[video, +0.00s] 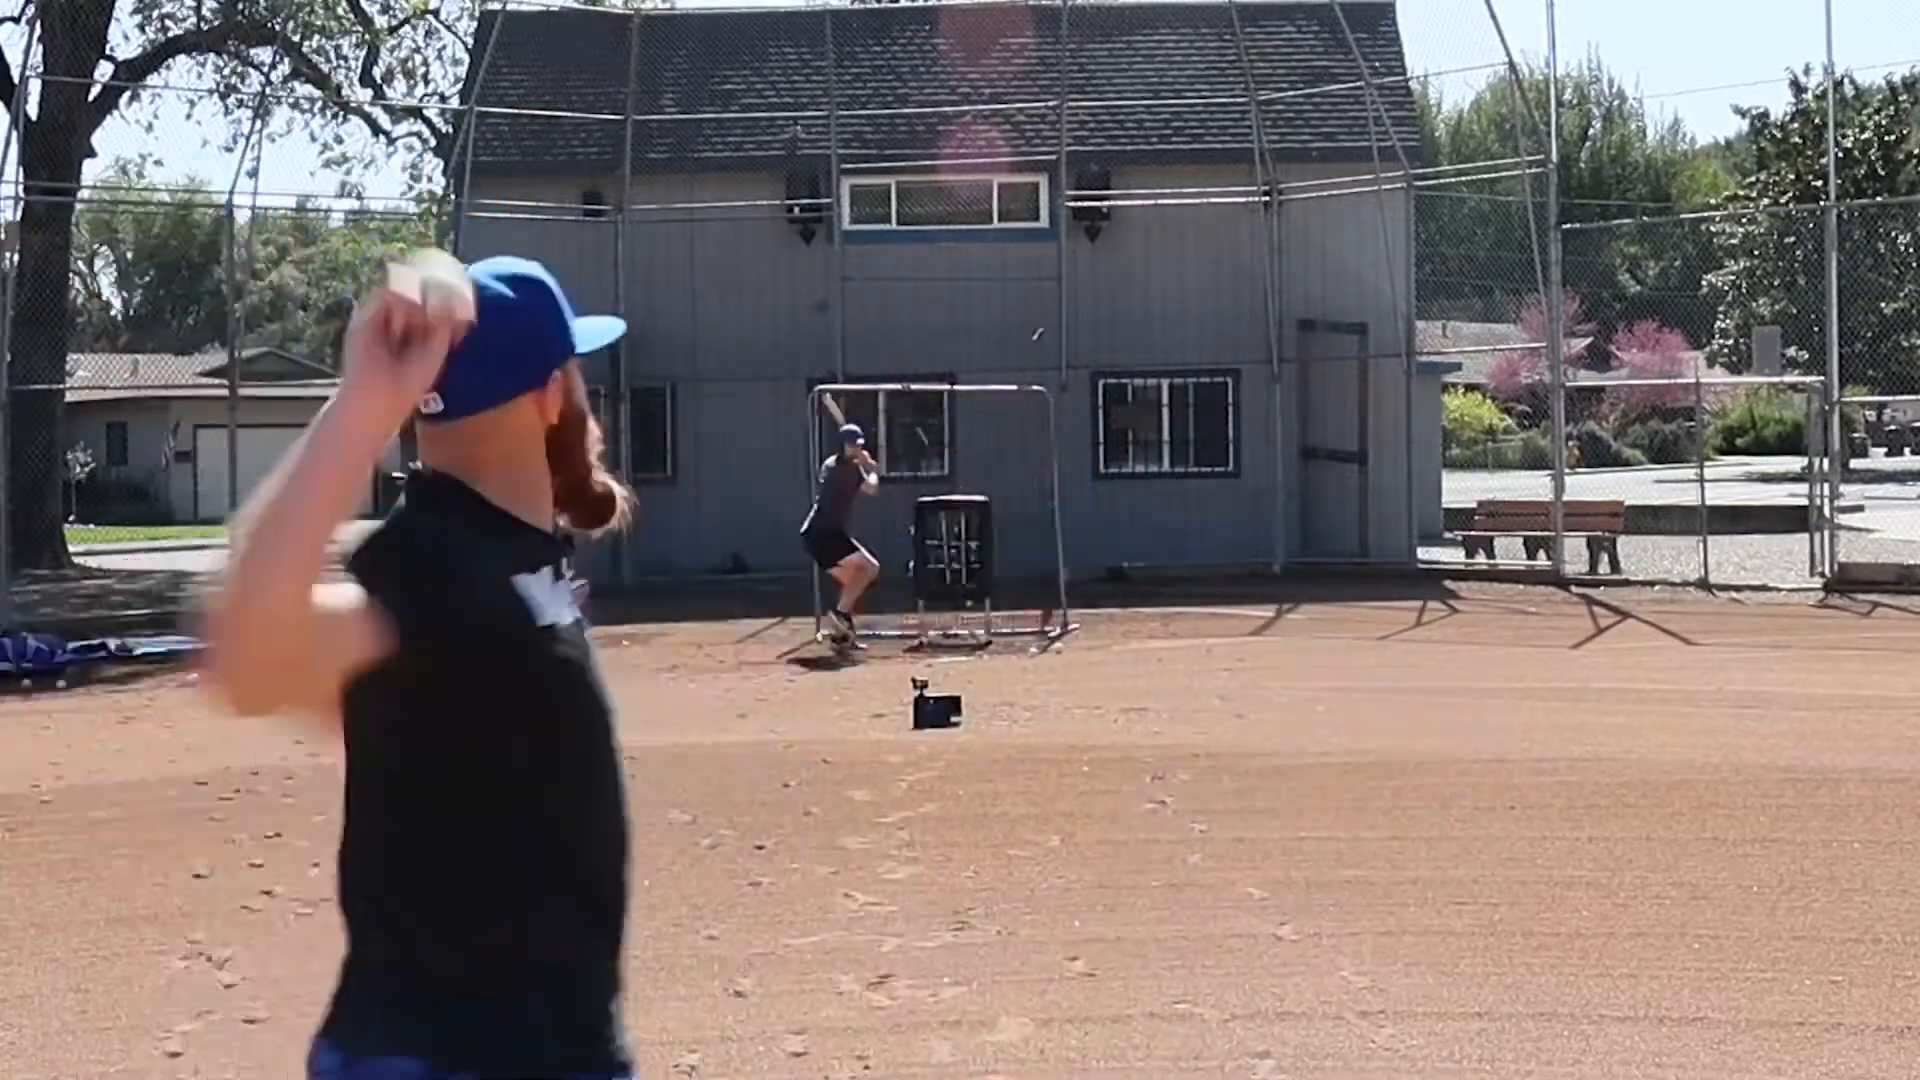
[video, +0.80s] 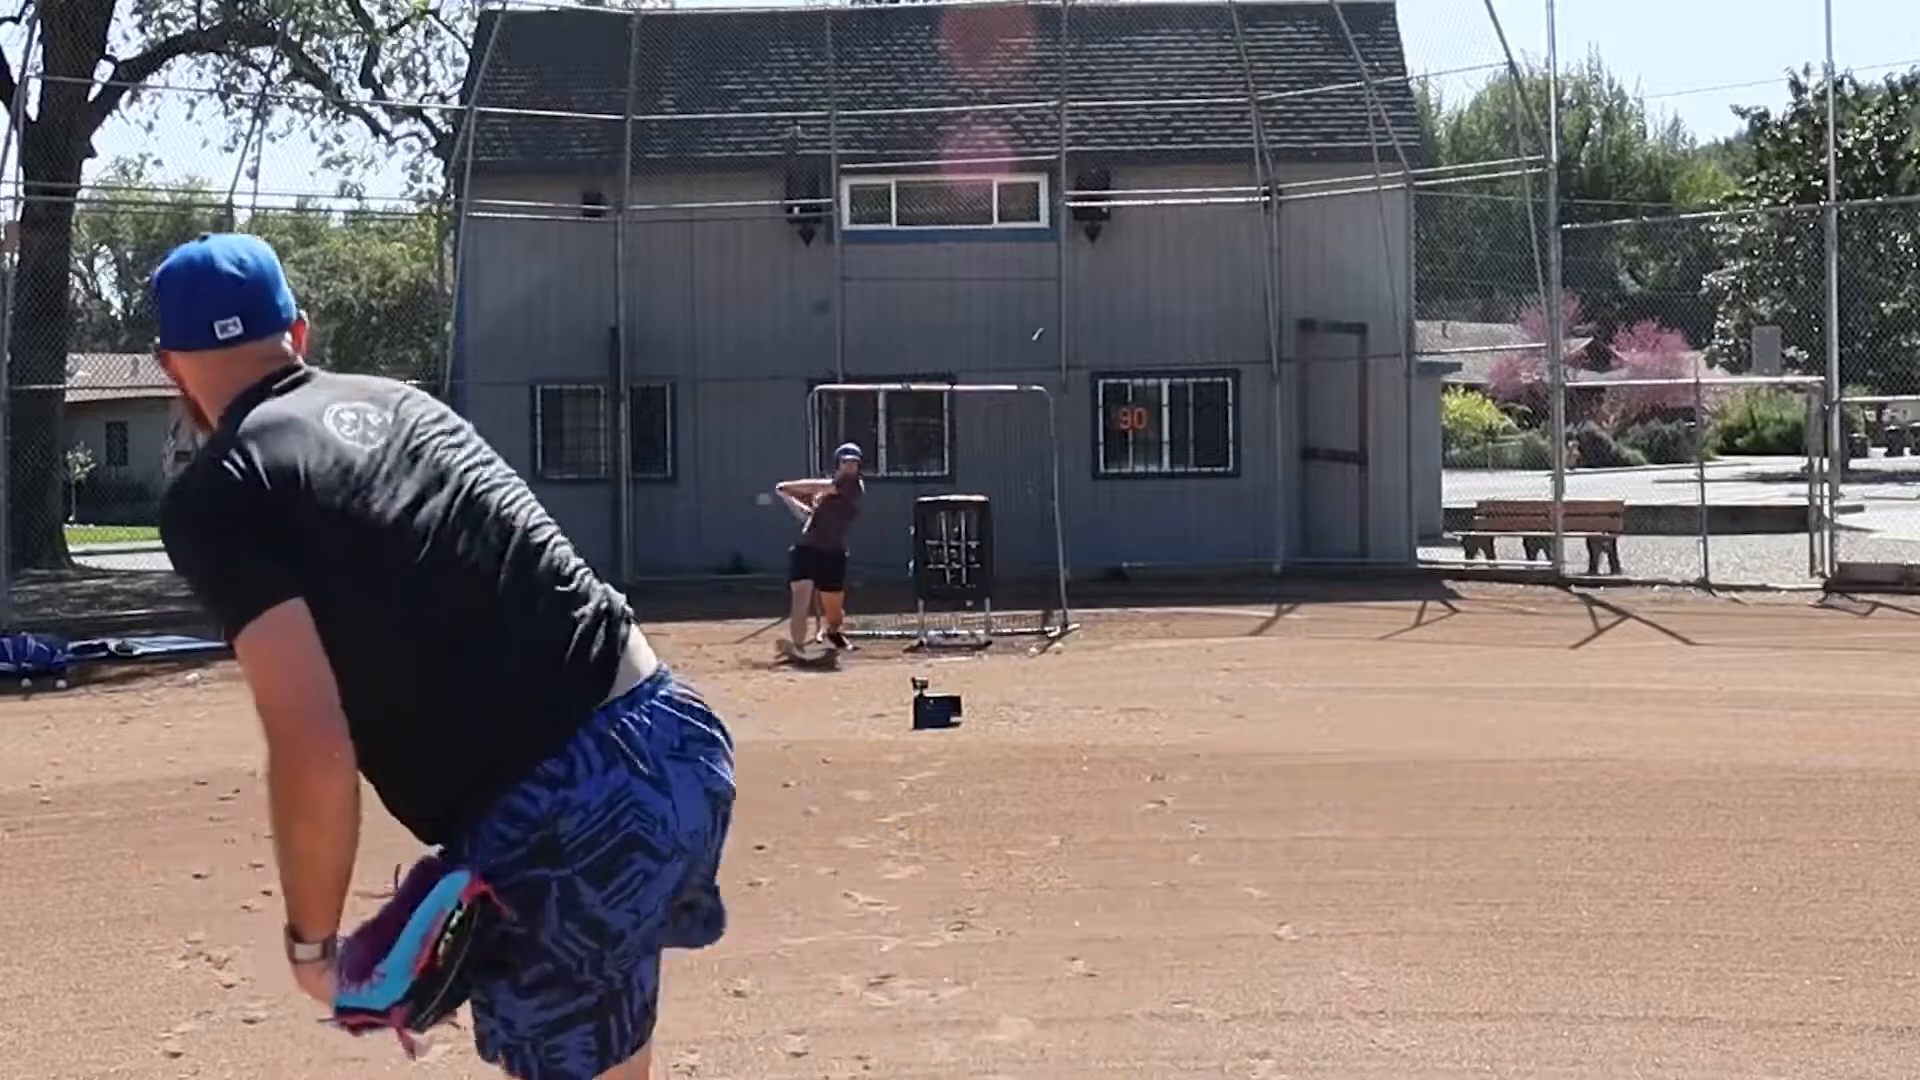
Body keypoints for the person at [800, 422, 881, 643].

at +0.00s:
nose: (857, 450)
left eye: (859, 445)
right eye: (852, 445)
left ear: (860, 446)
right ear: (843, 446)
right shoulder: (843, 470)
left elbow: (870, 488)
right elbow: (872, 488)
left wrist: (867, 466)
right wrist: (869, 466)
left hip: (817, 531)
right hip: (825, 531)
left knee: (850, 581)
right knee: (868, 567)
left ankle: (842, 634)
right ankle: (840, 614)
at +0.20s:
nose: (859, 455)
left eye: (860, 450)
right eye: (855, 451)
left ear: (858, 452)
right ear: (845, 452)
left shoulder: (856, 474)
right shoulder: (843, 473)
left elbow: (869, 491)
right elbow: (871, 492)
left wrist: (862, 470)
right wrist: (861, 470)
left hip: (826, 535)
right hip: (818, 536)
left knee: (850, 583)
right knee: (854, 582)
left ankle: (839, 632)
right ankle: (830, 625)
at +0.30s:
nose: (859, 461)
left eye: (860, 456)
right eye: (855, 456)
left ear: (845, 457)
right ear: (844, 457)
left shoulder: (828, 472)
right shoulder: (849, 478)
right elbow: (870, 493)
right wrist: (859, 472)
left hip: (826, 541)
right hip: (816, 542)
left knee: (853, 587)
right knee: (842, 588)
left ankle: (838, 635)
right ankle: (822, 634)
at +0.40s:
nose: (857, 467)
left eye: (859, 462)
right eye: (853, 462)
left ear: (858, 464)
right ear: (843, 462)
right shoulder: (842, 481)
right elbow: (869, 501)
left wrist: (855, 483)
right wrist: (859, 481)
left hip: (827, 547)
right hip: (810, 545)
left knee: (851, 596)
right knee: (829, 593)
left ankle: (838, 637)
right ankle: (810, 644)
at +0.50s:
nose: (855, 471)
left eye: (856, 467)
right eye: (851, 465)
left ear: (855, 467)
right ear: (839, 464)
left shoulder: (849, 498)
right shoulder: (820, 474)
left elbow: (858, 532)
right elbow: (854, 491)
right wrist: (884, 501)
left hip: (829, 552)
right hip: (805, 547)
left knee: (839, 606)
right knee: (813, 593)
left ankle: (835, 637)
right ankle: (806, 646)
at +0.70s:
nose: (858, 474)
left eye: (861, 470)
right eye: (854, 469)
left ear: (865, 472)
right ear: (845, 469)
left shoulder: (863, 496)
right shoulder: (827, 481)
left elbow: (833, 501)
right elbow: (809, 503)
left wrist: (794, 497)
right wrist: (790, 505)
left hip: (831, 554)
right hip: (805, 547)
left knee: (833, 612)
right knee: (799, 599)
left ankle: (829, 632)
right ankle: (795, 646)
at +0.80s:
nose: (850, 467)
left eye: (855, 463)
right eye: (846, 462)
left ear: (859, 466)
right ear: (837, 464)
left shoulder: (854, 487)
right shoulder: (827, 488)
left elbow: (819, 488)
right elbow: (808, 513)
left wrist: (787, 488)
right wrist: (785, 493)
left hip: (833, 551)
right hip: (807, 548)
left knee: (834, 608)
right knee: (800, 600)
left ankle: (833, 631)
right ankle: (797, 645)